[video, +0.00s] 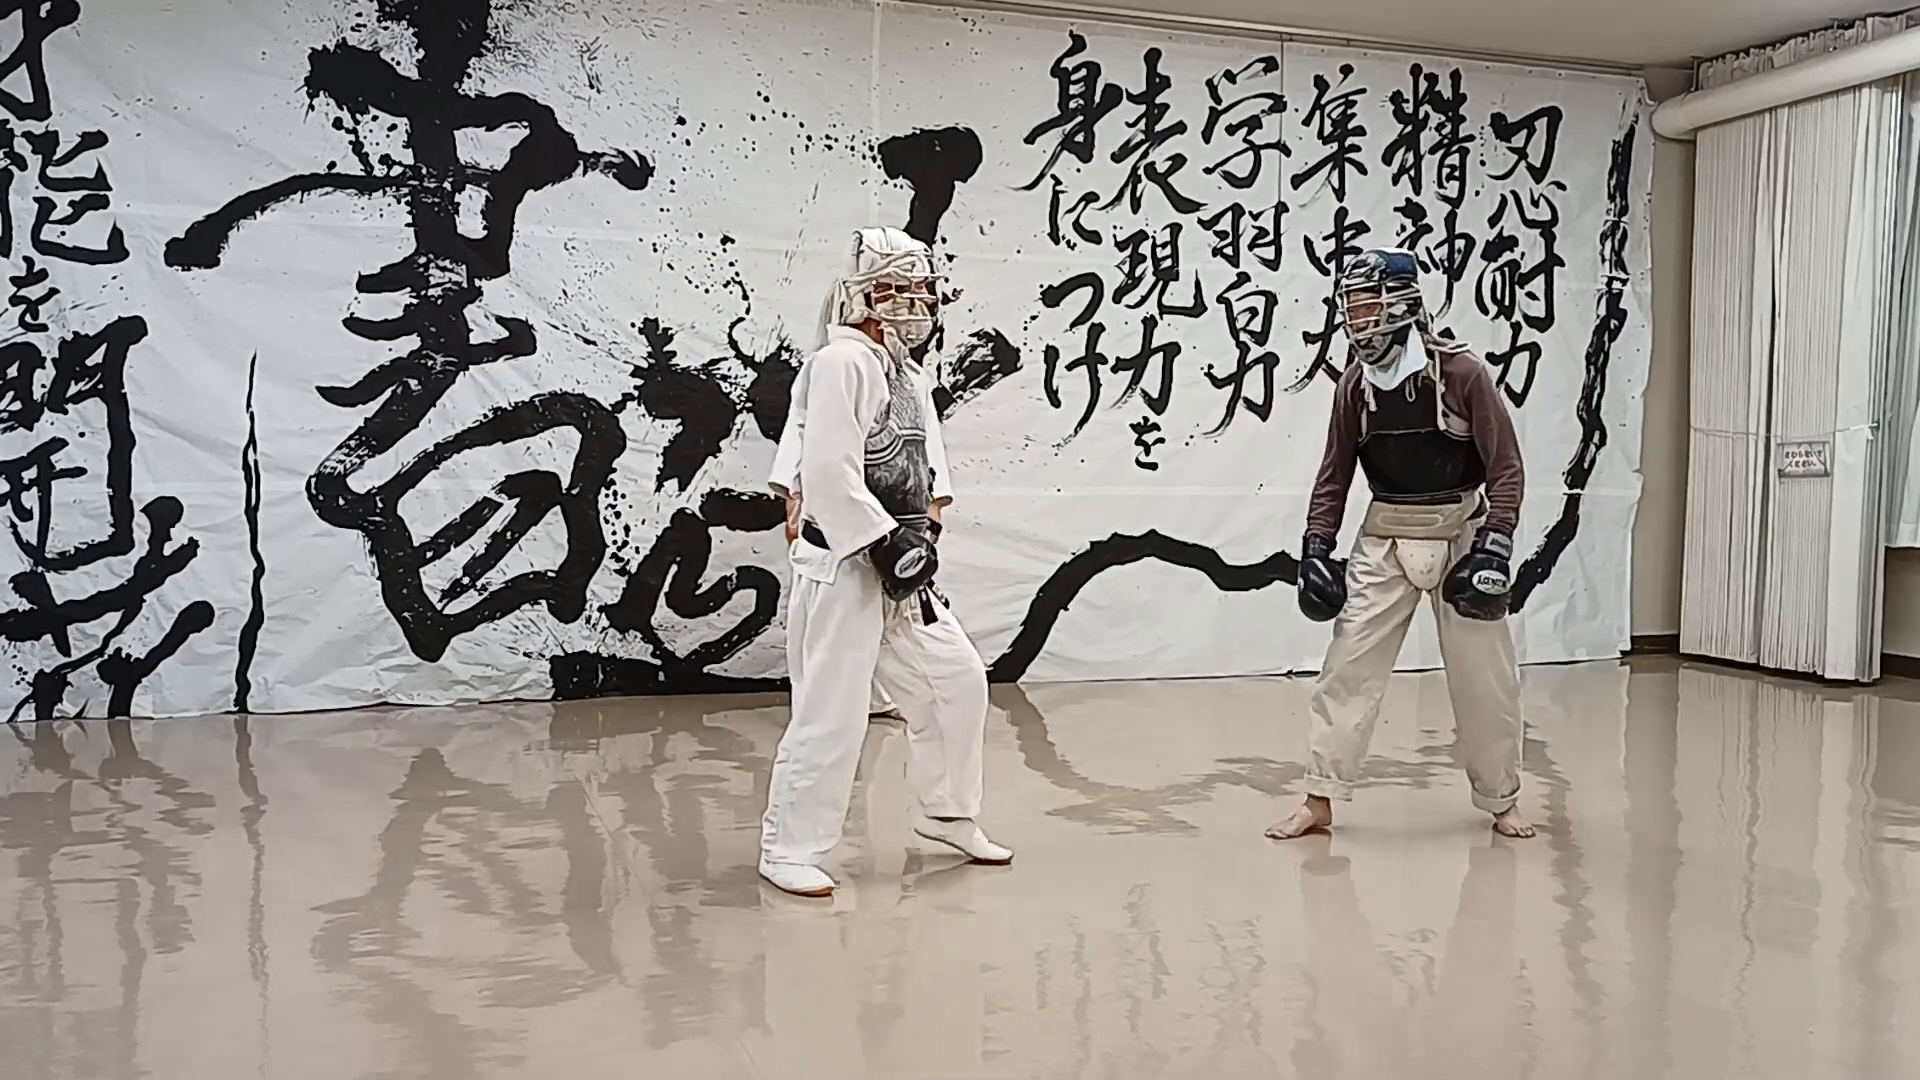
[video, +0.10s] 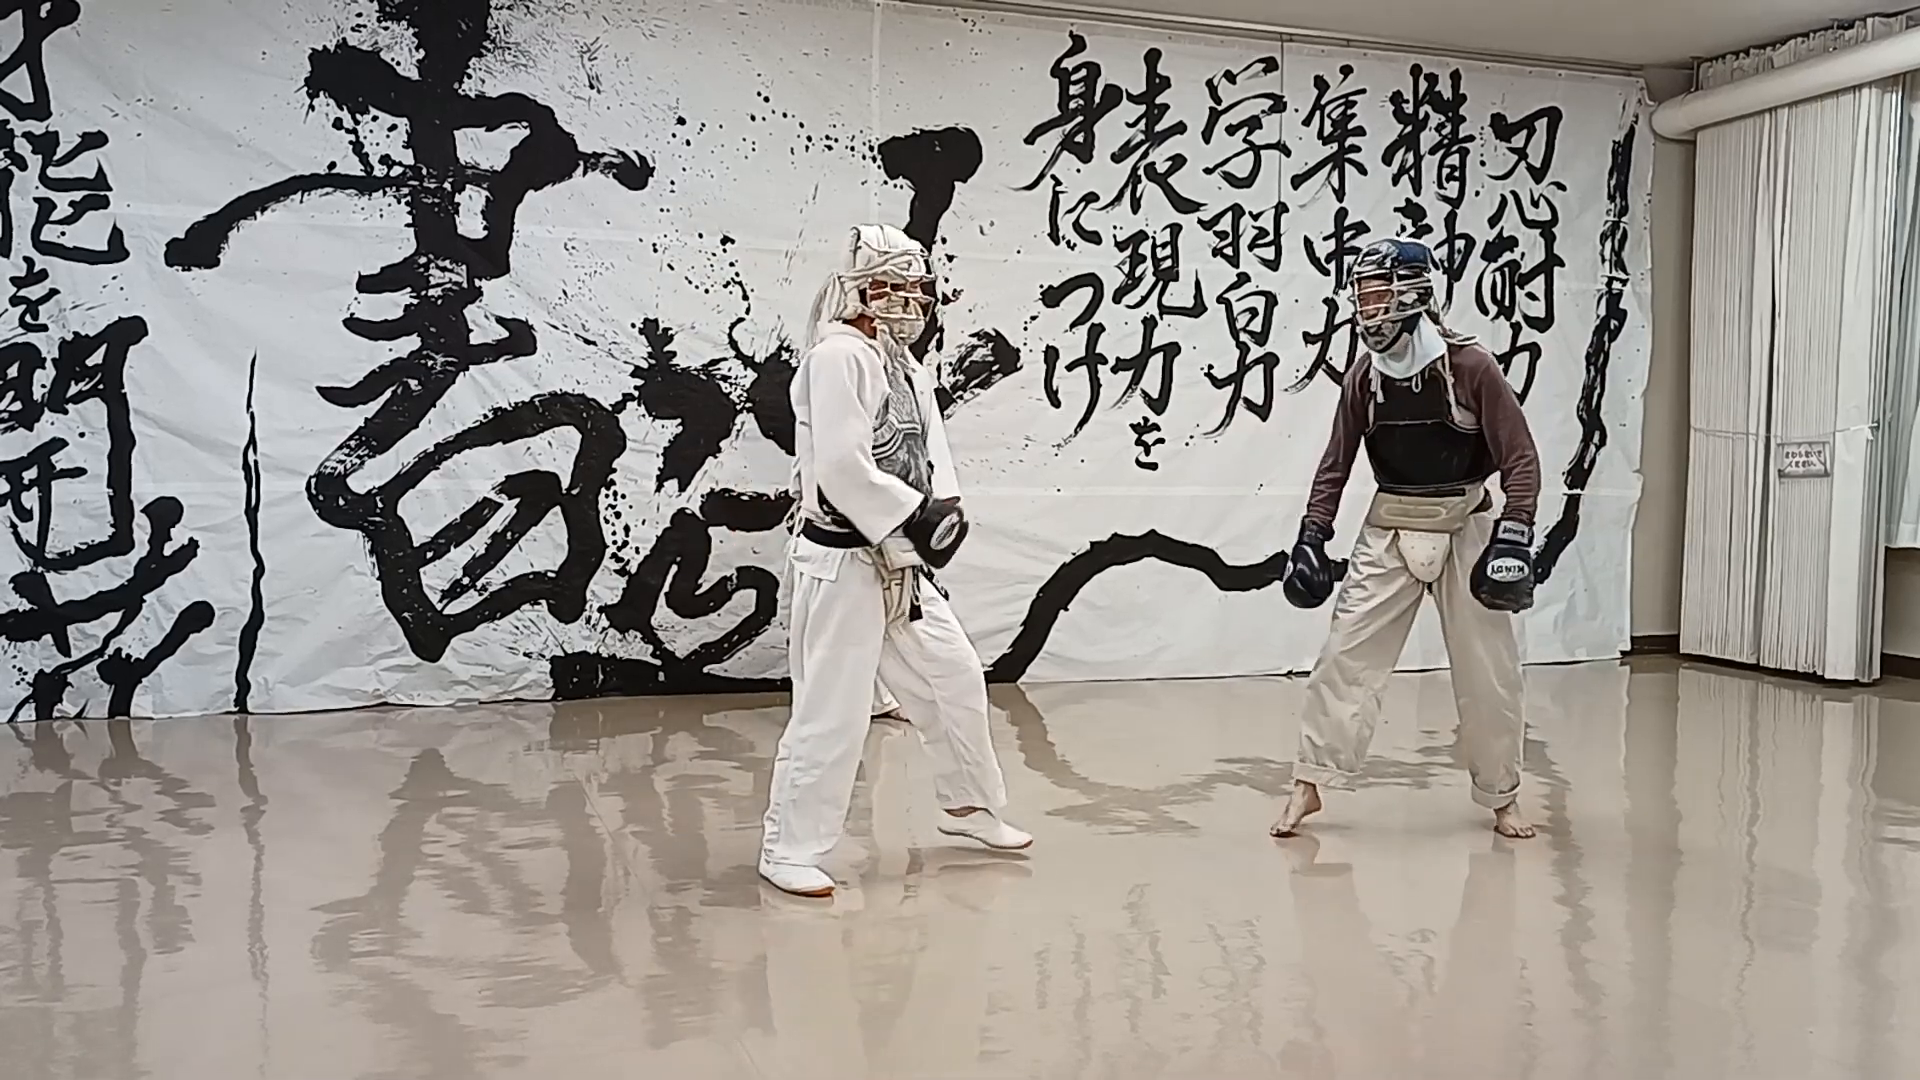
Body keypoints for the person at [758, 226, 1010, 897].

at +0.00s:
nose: (918, 304)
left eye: (922, 292)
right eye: (903, 291)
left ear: (926, 296)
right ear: (868, 295)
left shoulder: (907, 373)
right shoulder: (842, 360)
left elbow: (929, 460)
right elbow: (828, 472)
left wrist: (926, 527)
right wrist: (887, 544)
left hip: (894, 560)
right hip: (838, 563)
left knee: (958, 680)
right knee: (829, 711)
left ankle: (945, 822)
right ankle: (789, 853)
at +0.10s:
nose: (905, 305)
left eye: (914, 294)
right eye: (891, 293)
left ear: (924, 300)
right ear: (860, 296)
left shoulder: (912, 369)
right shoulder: (836, 355)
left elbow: (936, 452)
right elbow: (841, 465)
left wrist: (943, 509)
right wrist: (917, 519)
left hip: (895, 557)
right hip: (837, 560)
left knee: (956, 677)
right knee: (830, 714)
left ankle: (967, 808)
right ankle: (789, 853)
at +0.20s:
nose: (908, 308)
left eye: (916, 296)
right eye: (894, 295)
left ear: (923, 300)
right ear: (864, 296)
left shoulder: (905, 362)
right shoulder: (836, 357)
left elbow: (917, 451)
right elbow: (874, 447)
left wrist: (944, 509)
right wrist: (962, 442)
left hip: (897, 552)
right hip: (841, 559)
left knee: (938, 686)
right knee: (832, 715)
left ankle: (978, 807)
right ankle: (788, 853)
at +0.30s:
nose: (915, 314)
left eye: (923, 303)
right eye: (902, 301)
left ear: (932, 307)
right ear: (871, 301)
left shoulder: (905, 367)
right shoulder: (846, 362)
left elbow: (931, 445)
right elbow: (920, 422)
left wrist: (948, 493)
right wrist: (978, 374)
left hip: (901, 560)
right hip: (853, 563)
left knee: (932, 694)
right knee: (843, 715)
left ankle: (971, 814)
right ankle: (788, 853)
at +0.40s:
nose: (936, 317)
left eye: (942, 306)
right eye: (922, 304)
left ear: (948, 310)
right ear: (890, 305)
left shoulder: (919, 367)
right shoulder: (869, 363)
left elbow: (958, 432)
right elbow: (950, 409)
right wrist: (990, 348)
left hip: (918, 561)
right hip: (867, 565)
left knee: (945, 696)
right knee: (851, 716)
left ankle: (976, 819)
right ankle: (791, 852)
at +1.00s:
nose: (980, 338)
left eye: (987, 327)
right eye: (967, 324)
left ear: (995, 332)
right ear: (937, 326)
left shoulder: (972, 393)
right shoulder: (902, 379)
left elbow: (1018, 450)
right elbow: (964, 438)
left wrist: (1078, 421)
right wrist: (1022, 389)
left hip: (946, 572)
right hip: (889, 571)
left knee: (991, 690)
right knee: (885, 717)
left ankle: (1010, 813)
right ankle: (815, 846)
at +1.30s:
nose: (994, 331)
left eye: (1002, 321)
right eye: (981, 318)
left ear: (1006, 326)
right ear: (948, 315)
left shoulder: (980, 377)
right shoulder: (914, 369)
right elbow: (986, 417)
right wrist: (1029, 362)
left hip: (965, 562)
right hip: (902, 564)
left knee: (1011, 686)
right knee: (897, 709)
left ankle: (1013, 814)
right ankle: (843, 843)